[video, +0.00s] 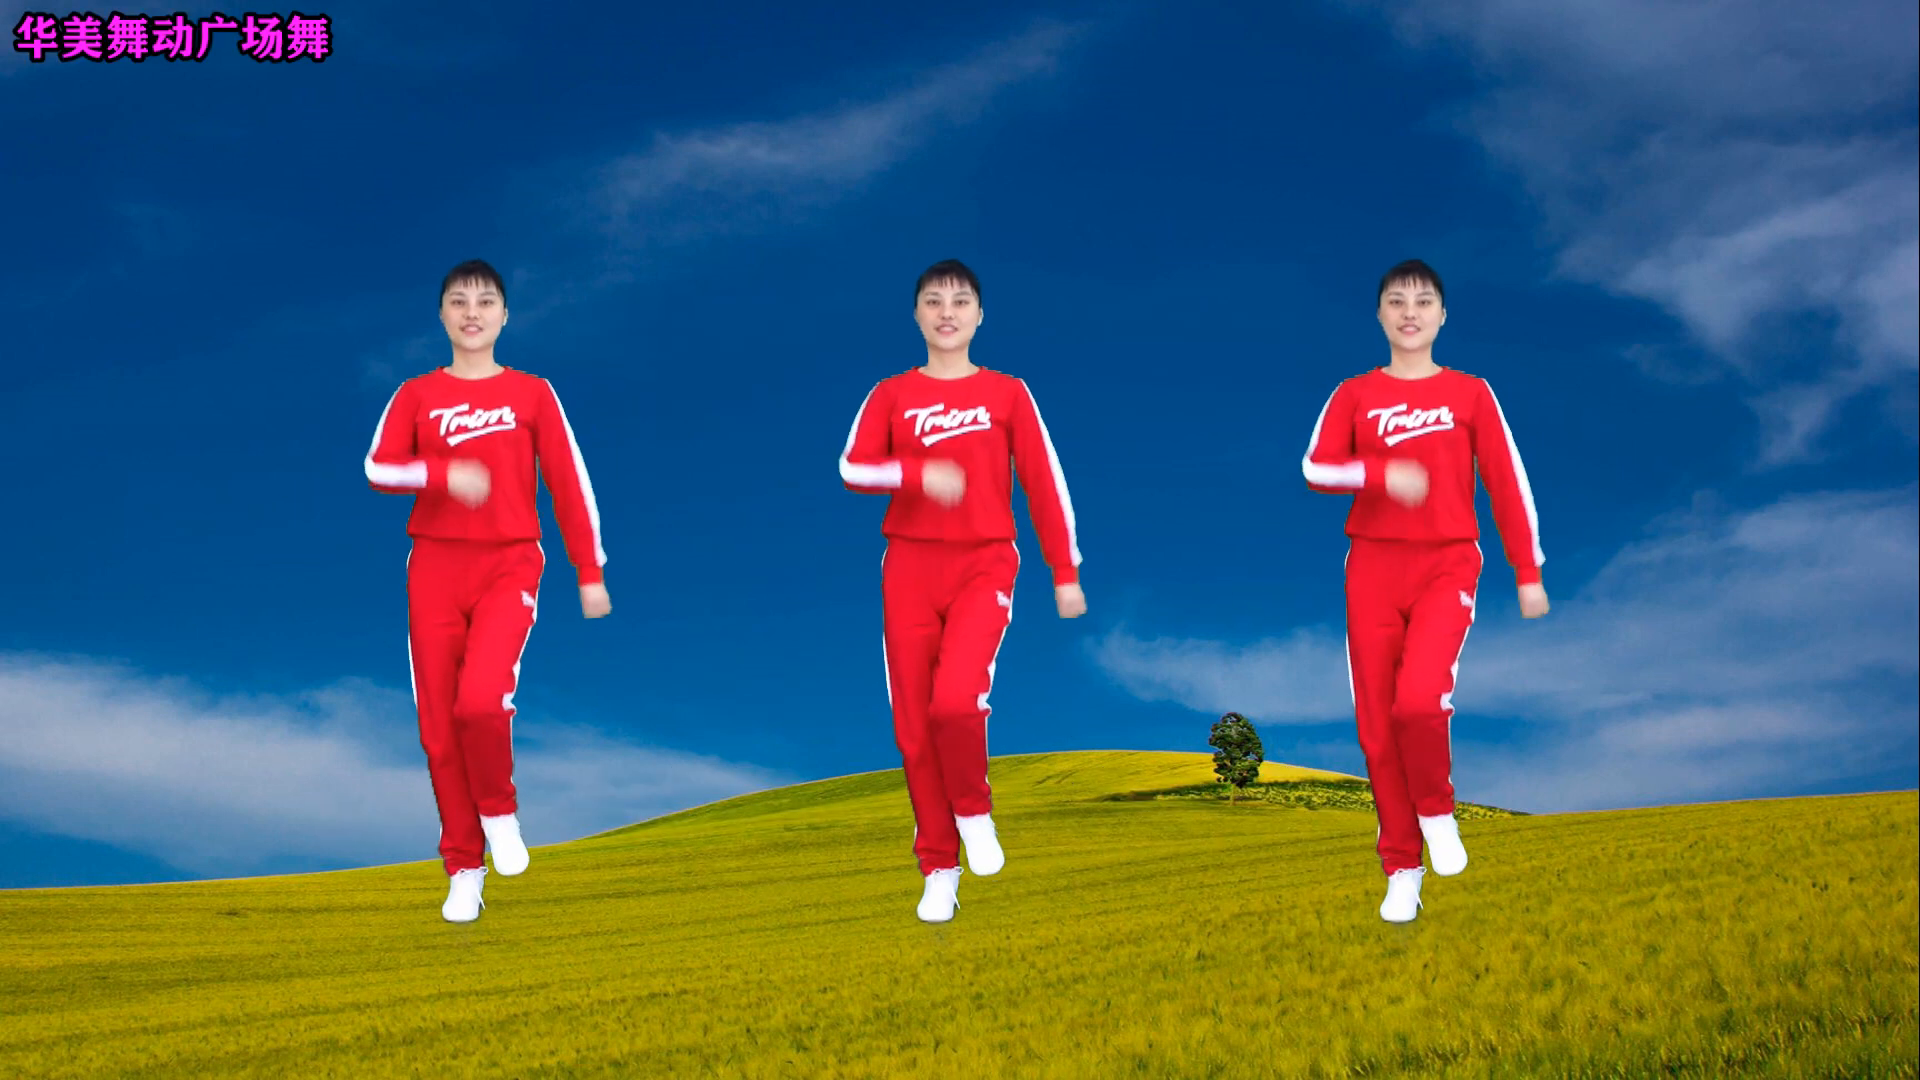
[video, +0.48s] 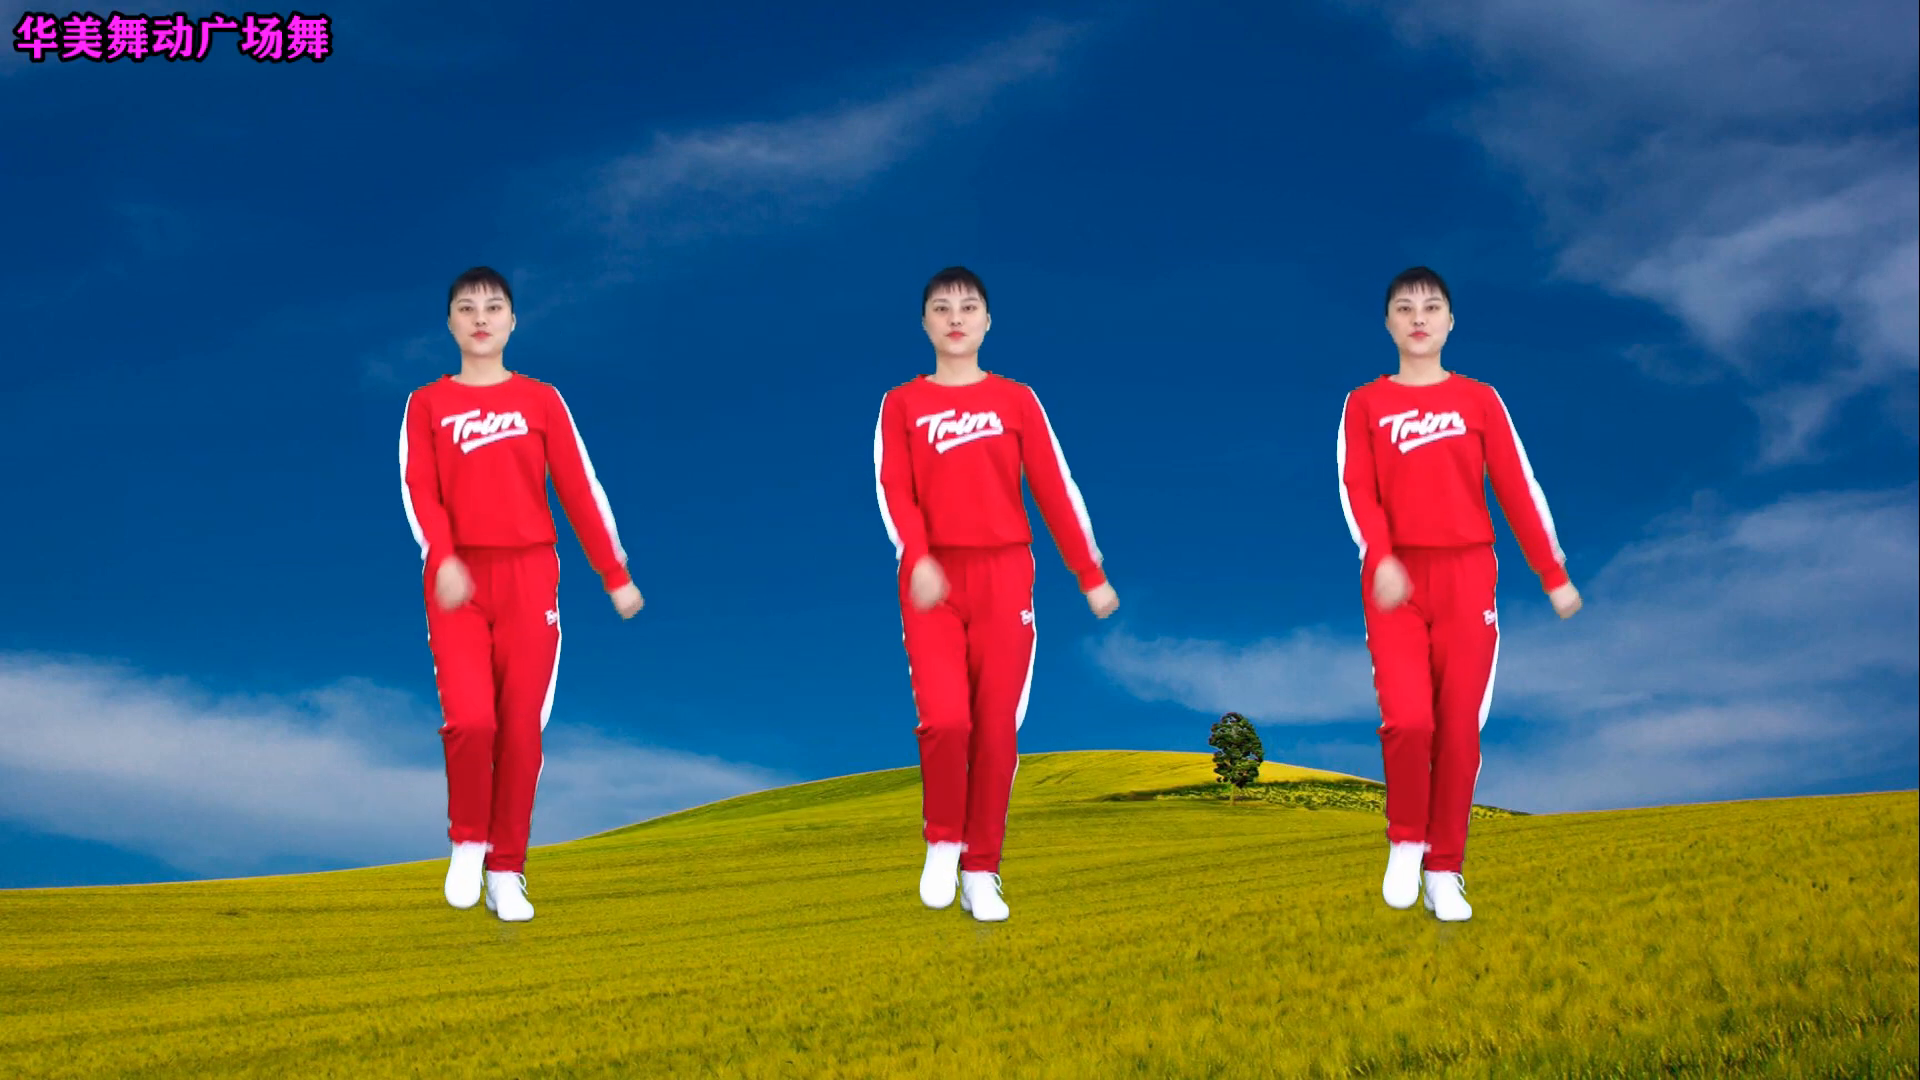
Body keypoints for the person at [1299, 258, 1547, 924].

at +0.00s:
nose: (1411, 312)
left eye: (1423, 302)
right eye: (1398, 302)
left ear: (1441, 314)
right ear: (1381, 315)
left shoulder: (1471, 392)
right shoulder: (1352, 394)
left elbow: (1508, 482)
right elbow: (1316, 469)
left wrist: (1528, 571)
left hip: (1448, 567)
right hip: (1373, 567)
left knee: (1417, 706)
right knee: (1375, 722)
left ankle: (1436, 810)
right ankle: (1402, 864)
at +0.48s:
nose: (1419, 317)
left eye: (1431, 307)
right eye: (1406, 308)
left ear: (1449, 320)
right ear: (1389, 322)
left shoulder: (1479, 398)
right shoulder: (1365, 402)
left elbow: (1518, 487)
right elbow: (1356, 488)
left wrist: (1553, 572)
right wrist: (1379, 556)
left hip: (1469, 573)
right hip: (1393, 573)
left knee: (1461, 725)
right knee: (1407, 721)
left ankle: (1445, 868)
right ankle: (1407, 842)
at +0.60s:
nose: (1420, 326)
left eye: (1432, 315)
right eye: (1407, 317)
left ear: (1451, 328)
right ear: (1391, 332)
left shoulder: (1481, 408)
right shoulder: (1367, 411)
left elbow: (1496, 498)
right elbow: (1348, 507)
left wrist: (1483, 574)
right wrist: (1337, 595)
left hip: (1470, 582)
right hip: (1395, 581)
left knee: (1470, 726)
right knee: (1425, 703)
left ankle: (1445, 868)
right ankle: (1412, 807)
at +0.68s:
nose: (1420, 315)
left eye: (1431, 304)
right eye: (1407, 306)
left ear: (1450, 315)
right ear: (1391, 321)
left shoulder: (1481, 393)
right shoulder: (1365, 401)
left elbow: (1504, 471)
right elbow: (1329, 488)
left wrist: (1452, 496)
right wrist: (1304, 571)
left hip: (1470, 573)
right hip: (1395, 571)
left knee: (1466, 718)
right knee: (1425, 696)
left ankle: (1446, 868)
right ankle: (1415, 807)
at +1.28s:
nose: (1403, 327)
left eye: (1415, 317)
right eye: (1390, 317)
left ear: (1433, 329)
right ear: (1374, 330)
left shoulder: (1461, 407)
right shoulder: (1346, 410)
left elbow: (1468, 499)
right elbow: (1330, 498)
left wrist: (1465, 584)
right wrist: (1348, 569)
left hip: (1435, 582)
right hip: (1364, 583)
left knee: (1409, 714)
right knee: (1363, 735)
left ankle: (1430, 810)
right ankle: (1390, 867)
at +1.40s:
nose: (1402, 310)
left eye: (1415, 300)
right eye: (1389, 300)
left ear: (1432, 312)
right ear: (1372, 312)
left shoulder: (1460, 389)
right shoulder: (1342, 393)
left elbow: (1499, 476)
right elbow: (1305, 473)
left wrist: (1517, 565)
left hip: (1437, 567)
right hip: (1361, 567)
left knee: (1410, 711)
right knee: (1369, 723)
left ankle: (1427, 818)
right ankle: (1392, 862)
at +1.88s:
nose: (1409, 322)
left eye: (1421, 311)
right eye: (1396, 311)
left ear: (1439, 321)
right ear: (1380, 323)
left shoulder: (1470, 399)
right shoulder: (1354, 403)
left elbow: (1514, 485)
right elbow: (1348, 488)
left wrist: (1555, 566)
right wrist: (1371, 555)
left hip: (1460, 573)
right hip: (1385, 575)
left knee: (1451, 728)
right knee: (1398, 722)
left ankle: (1434, 868)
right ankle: (1395, 838)